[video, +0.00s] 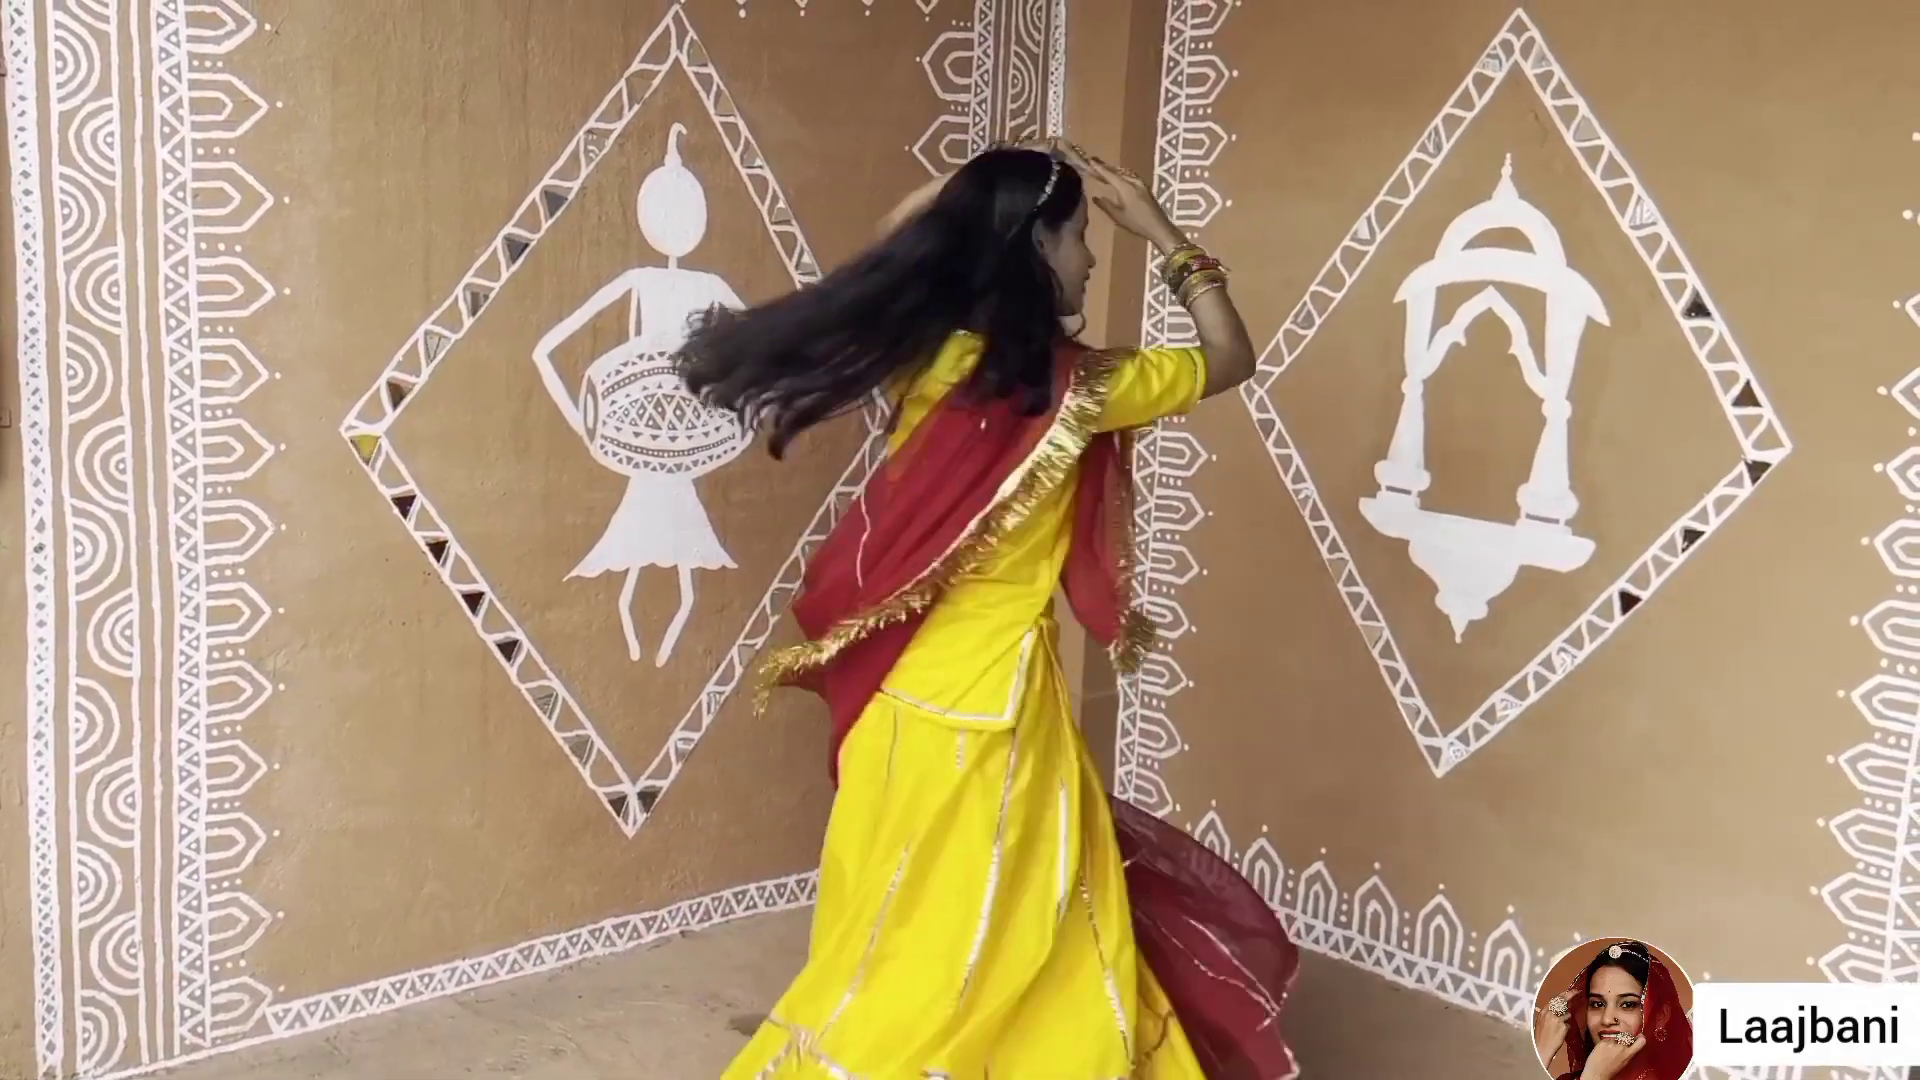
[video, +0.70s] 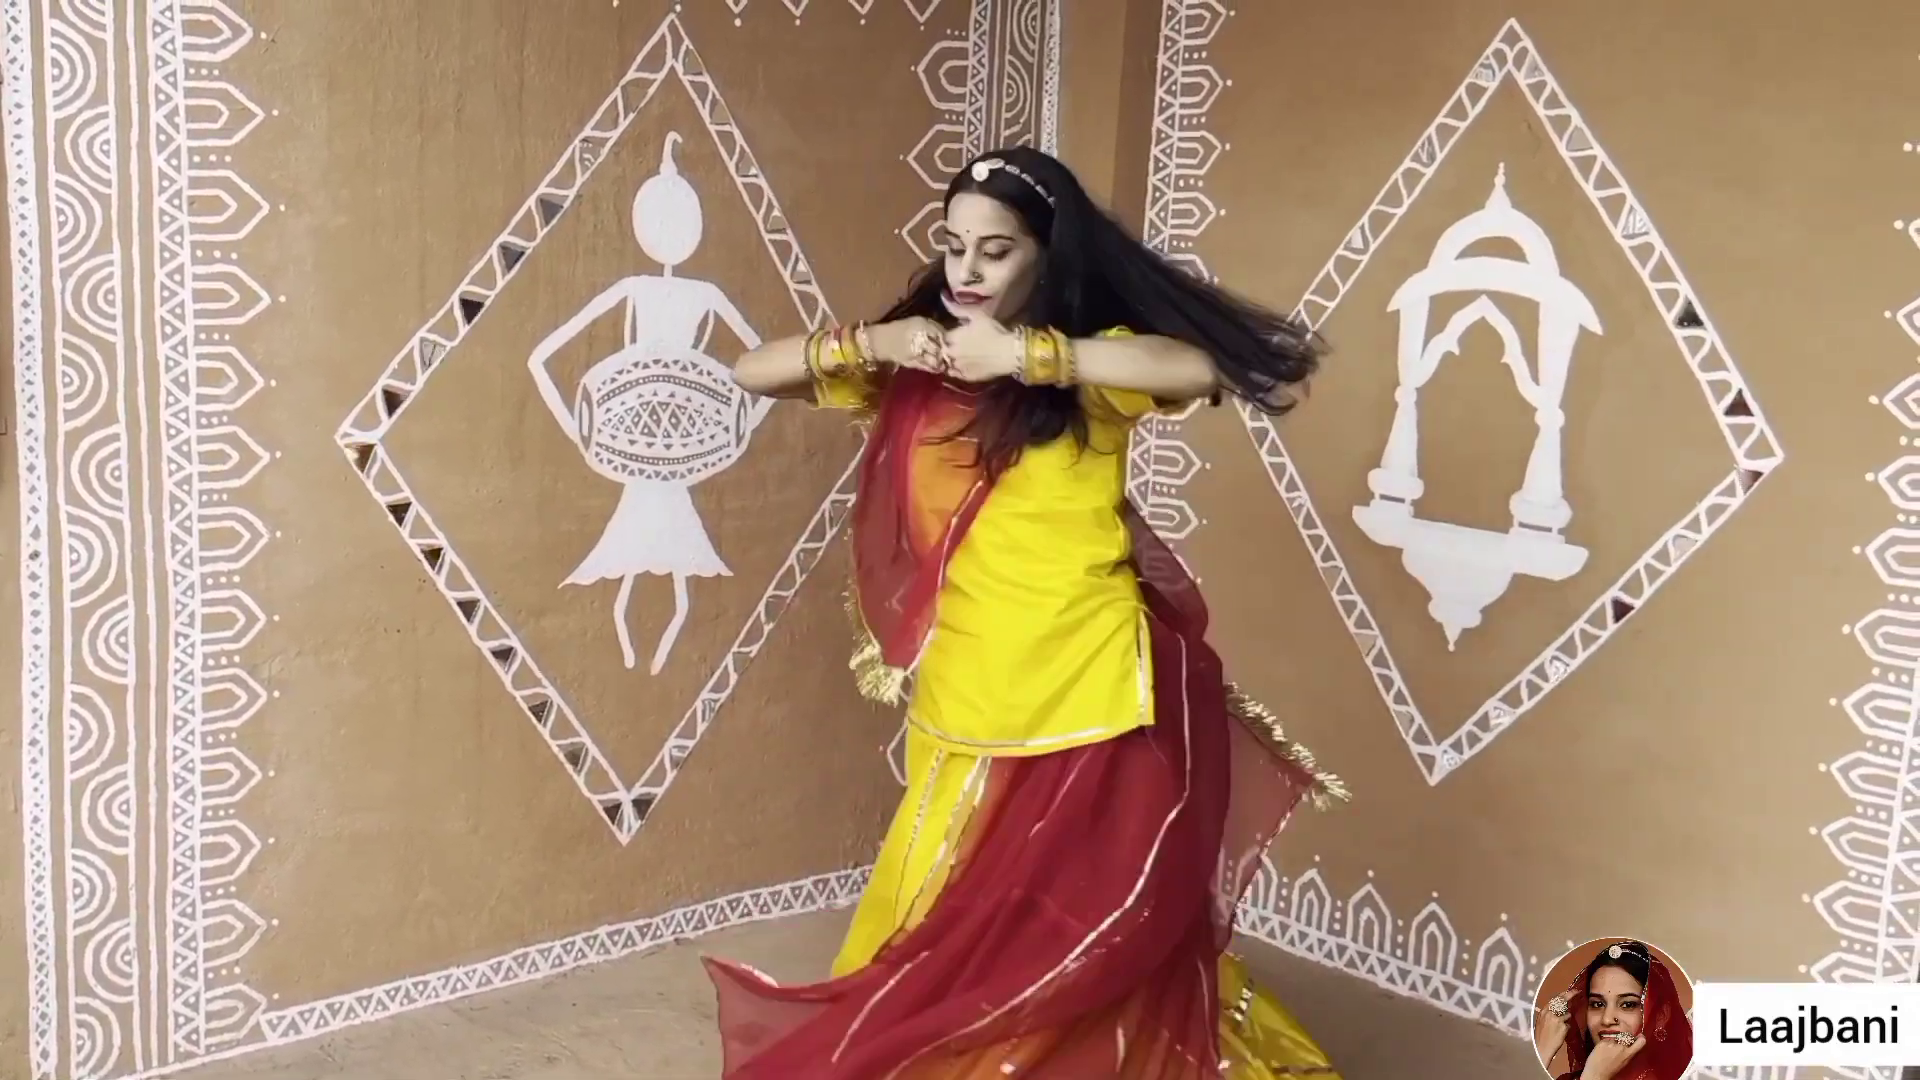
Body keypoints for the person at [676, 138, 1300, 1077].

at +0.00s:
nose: (1093, 252)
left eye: (1088, 231)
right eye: (1079, 233)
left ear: (981, 249)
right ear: (1039, 246)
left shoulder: (920, 353)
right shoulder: (1075, 387)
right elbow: (1228, 358)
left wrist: (957, 186)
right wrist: (1157, 229)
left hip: (897, 688)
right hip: (1003, 702)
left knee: (891, 923)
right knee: (1049, 927)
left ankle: (855, 1056)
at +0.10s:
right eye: (1091, 230)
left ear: (961, 233)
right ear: (1075, 252)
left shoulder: (922, 336)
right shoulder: (1093, 377)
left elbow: (835, 233)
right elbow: (1208, 343)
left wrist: (922, 168)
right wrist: (1122, 236)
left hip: (920, 669)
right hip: (1037, 684)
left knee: (902, 883)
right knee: (1044, 891)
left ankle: (882, 1055)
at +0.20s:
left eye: (980, 207)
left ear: (977, 227)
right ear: (1092, 235)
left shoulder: (929, 325)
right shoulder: (1131, 361)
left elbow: (784, 240)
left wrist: (846, 170)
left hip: (951, 656)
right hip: (1075, 665)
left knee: (940, 875)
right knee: (1069, 878)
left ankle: (919, 1046)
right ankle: (1086, 1047)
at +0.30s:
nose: (965, 228)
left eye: (973, 216)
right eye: (970, 214)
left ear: (989, 234)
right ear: (1091, 232)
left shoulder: (953, 319)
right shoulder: (1128, 337)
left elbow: (800, 252)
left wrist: (823, 173)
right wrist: (923, 189)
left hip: (961, 623)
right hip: (1081, 635)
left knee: (954, 846)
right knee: (1079, 848)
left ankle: (939, 1040)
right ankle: (1084, 1042)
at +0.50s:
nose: (943, 240)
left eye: (958, 224)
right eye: (945, 223)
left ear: (1016, 229)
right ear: (1020, 239)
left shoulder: (1068, 337)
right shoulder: (1000, 349)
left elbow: (967, 300)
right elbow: (879, 367)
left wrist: (859, 234)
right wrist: (844, 276)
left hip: (1068, 680)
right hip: (1008, 678)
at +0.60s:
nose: (946, 261)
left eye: (971, 242)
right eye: (941, 238)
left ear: (1036, 240)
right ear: (942, 238)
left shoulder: (1091, 352)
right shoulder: (957, 354)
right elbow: (814, 361)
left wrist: (910, 272)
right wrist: (857, 306)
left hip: (1081, 705)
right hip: (982, 704)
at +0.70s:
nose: (967, 274)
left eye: (994, 253)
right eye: (954, 249)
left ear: (1049, 255)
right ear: (939, 250)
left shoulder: (1091, 358)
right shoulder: (909, 362)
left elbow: (1200, 370)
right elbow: (755, 369)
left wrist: (1025, 354)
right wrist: (874, 341)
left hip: (1104, 700)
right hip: (966, 706)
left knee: (1103, 957)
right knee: (938, 951)